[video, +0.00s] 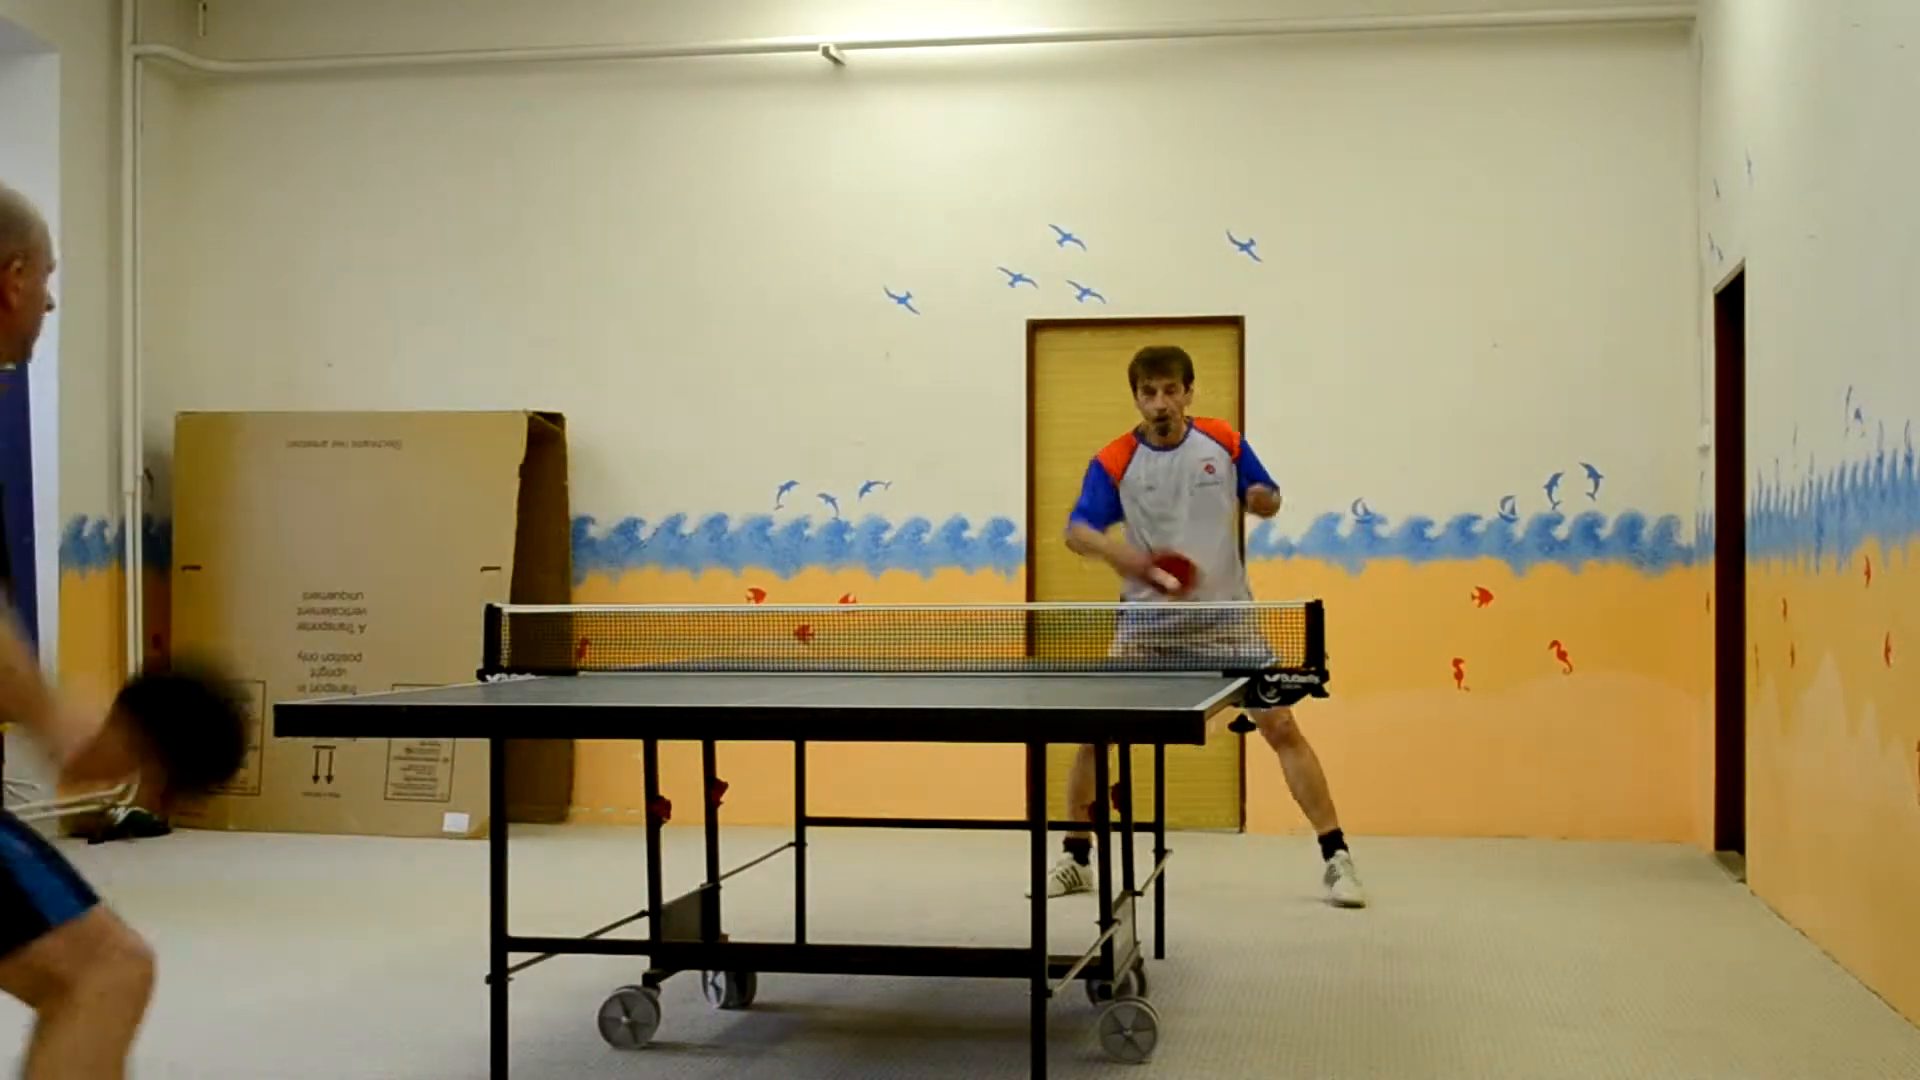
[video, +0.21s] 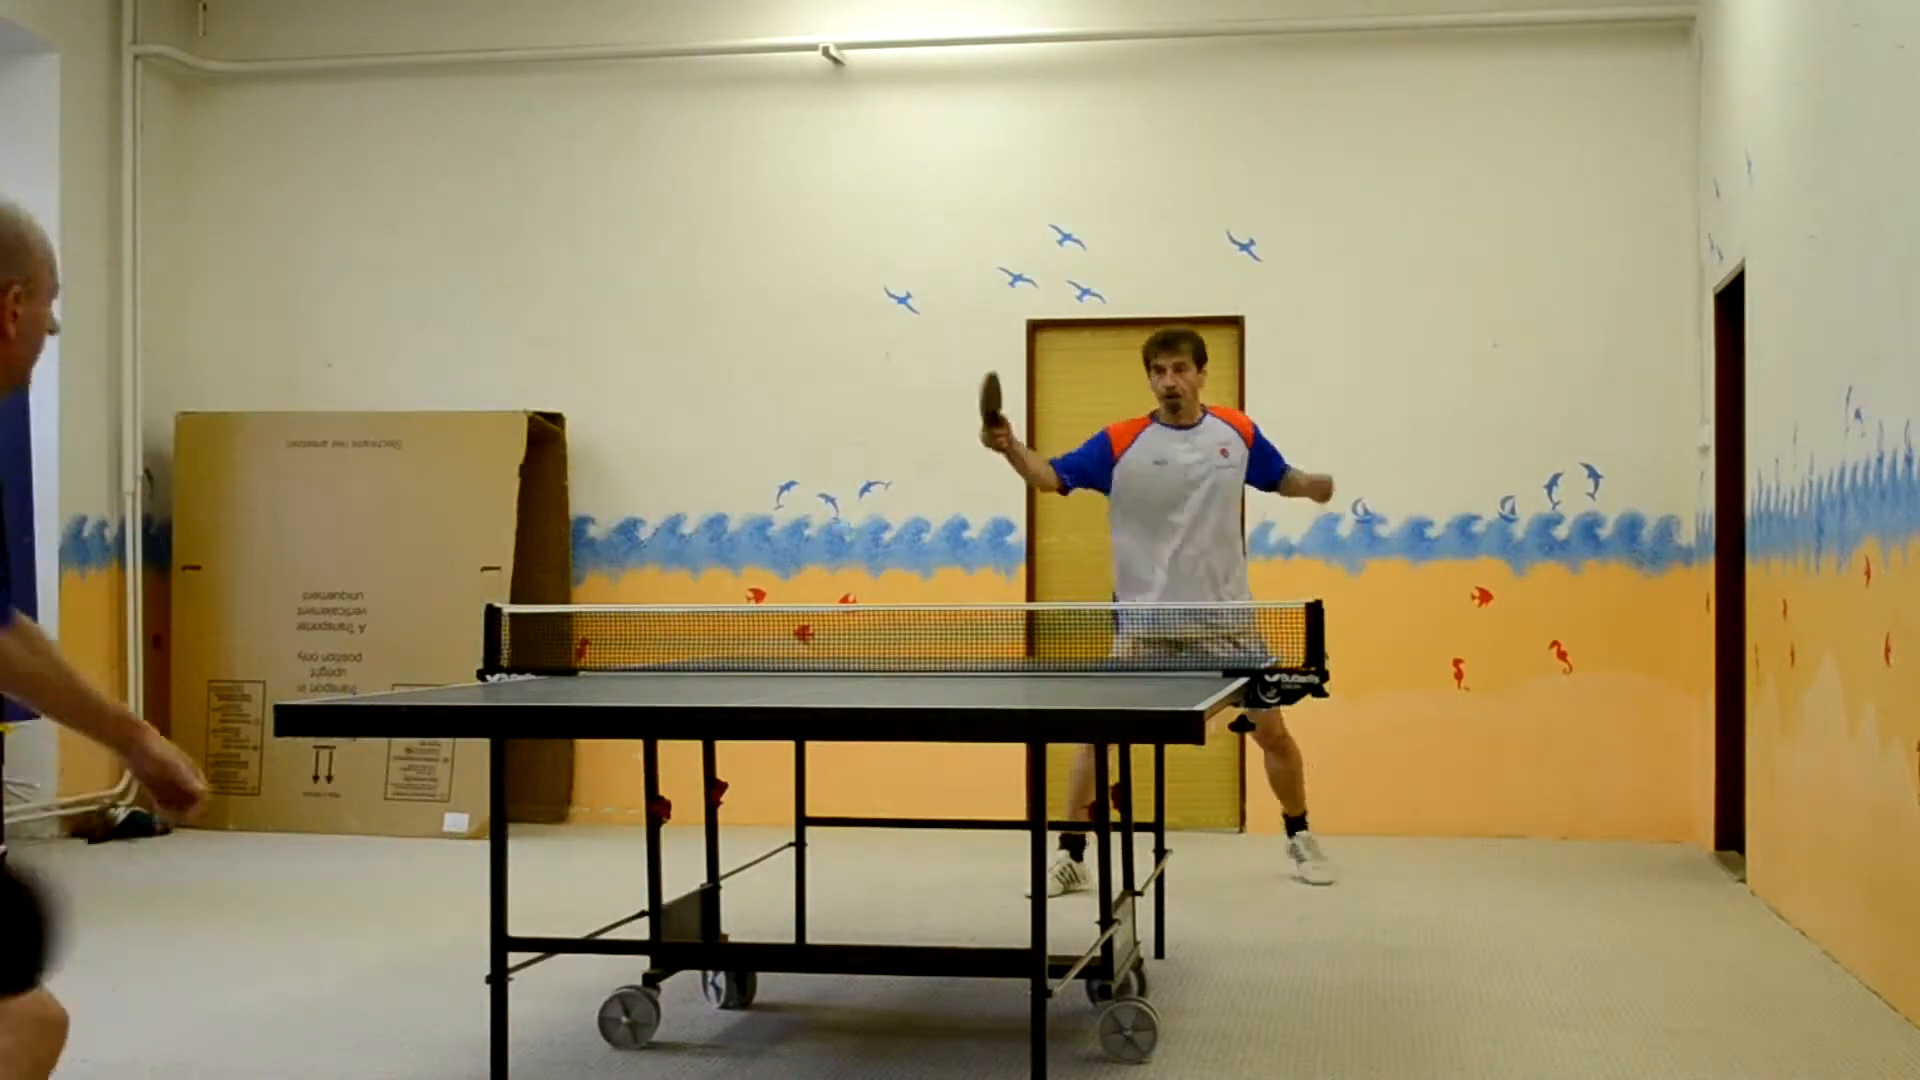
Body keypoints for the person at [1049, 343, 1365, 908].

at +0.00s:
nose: (1159, 403)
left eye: (1169, 392)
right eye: (1149, 393)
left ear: (1187, 392)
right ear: (1135, 396)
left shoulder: (1220, 438)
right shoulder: (1114, 461)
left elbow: (1269, 503)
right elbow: (1076, 531)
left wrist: (1251, 495)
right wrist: (1118, 552)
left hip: (1226, 615)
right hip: (1146, 619)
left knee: (1282, 727)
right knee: (1095, 729)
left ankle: (1336, 855)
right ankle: (1076, 856)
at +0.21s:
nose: (1170, 381)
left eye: (1180, 369)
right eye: (1160, 371)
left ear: (1201, 373)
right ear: (1148, 379)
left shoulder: (1236, 430)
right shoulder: (1121, 440)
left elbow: (1279, 478)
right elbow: (1051, 477)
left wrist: (1313, 486)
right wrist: (1012, 448)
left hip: (1225, 613)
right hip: (1144, 617)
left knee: (1275, 733)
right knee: (1096, 730)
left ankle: (1300, 835)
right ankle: (1070, 854)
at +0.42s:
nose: (1206, 396)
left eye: (1217, 384)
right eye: (1197, 386)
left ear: (1239, 389)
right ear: (1186, 394)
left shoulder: (1276, 449)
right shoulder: (1161, 455)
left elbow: (1325, 506)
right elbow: (1106, 502)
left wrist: (1327, 527)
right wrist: (1069, 499)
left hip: (1251, 623)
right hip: (1175, 623)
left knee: (1284, 746)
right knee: (1112, 722)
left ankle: (1280, 848)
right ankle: (1074, 841)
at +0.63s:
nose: (1210, 402)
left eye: (1220, 392)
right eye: (1200, 393)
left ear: (1240, 396)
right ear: (1190, 399)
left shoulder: (1276, 456)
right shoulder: (1166, 465)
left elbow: (1309, 529)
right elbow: (1120, 530)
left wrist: (1297, 559)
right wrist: (1112, 562)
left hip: (1266, 627)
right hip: (1189, 629)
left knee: (1334, 720)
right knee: (1139, 726)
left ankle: (1356, 833)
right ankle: (1118, 839)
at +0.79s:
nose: (1250, 432)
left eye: (1260, 422)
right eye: (1241, 423)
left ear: (1278, 427)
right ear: (1229, 428)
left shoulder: (1309, 482)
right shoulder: (1205, 491)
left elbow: (1337, 560)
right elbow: (1177, 570)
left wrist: (1315, 571)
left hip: (1291, 642)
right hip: (1221, 643)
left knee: (1375, 737)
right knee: (1156, 738)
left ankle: (1405, 843)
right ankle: (1115, 842)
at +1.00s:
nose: (1375, 434)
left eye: (1383, 423)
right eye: (1364, 425)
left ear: (1394, 426)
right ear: (1345, 430)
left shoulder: (1399, 469)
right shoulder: (1331, 497)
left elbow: (1412, 531)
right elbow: (1347, 592)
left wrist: (1434, 554)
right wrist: (1415, 624)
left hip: (1378, 630)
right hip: (1318, 628)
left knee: (1436, 729)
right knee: (1245, 733)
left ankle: (1417, 847)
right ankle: (1176, 830)